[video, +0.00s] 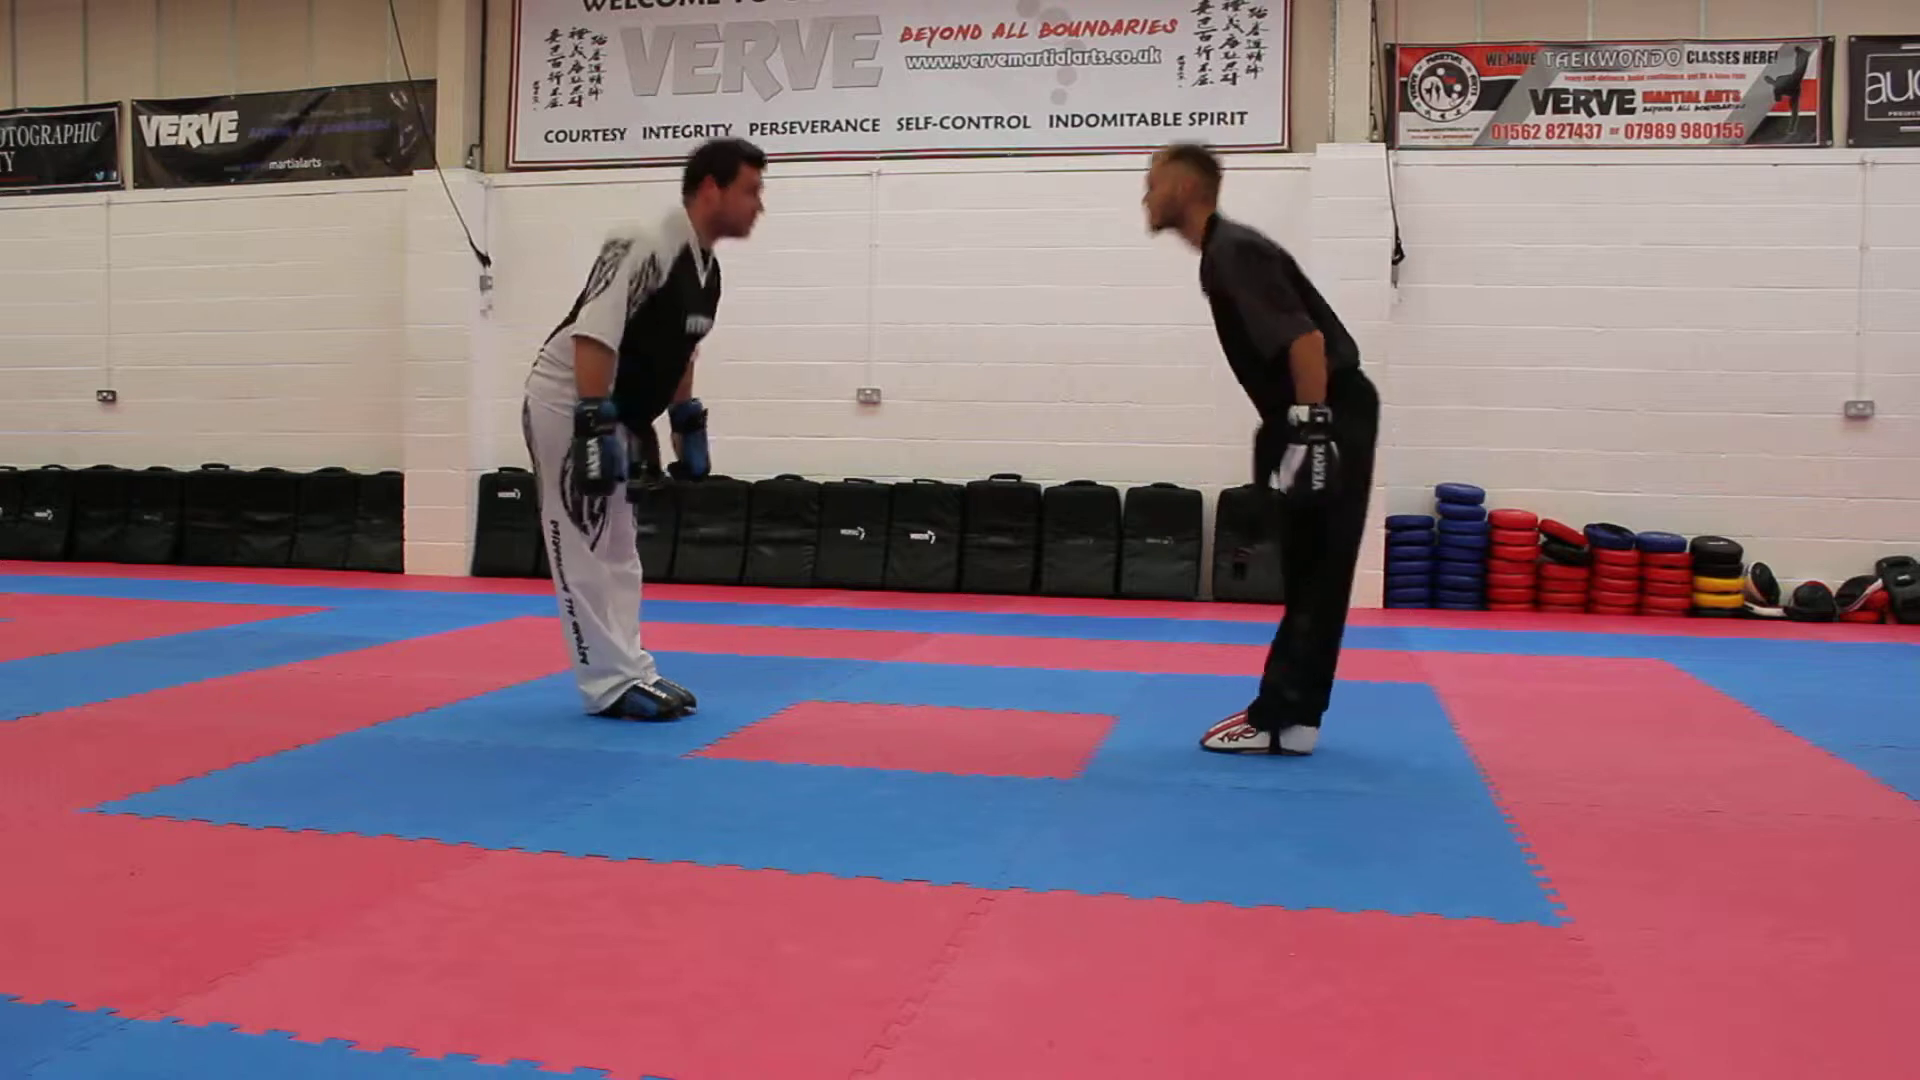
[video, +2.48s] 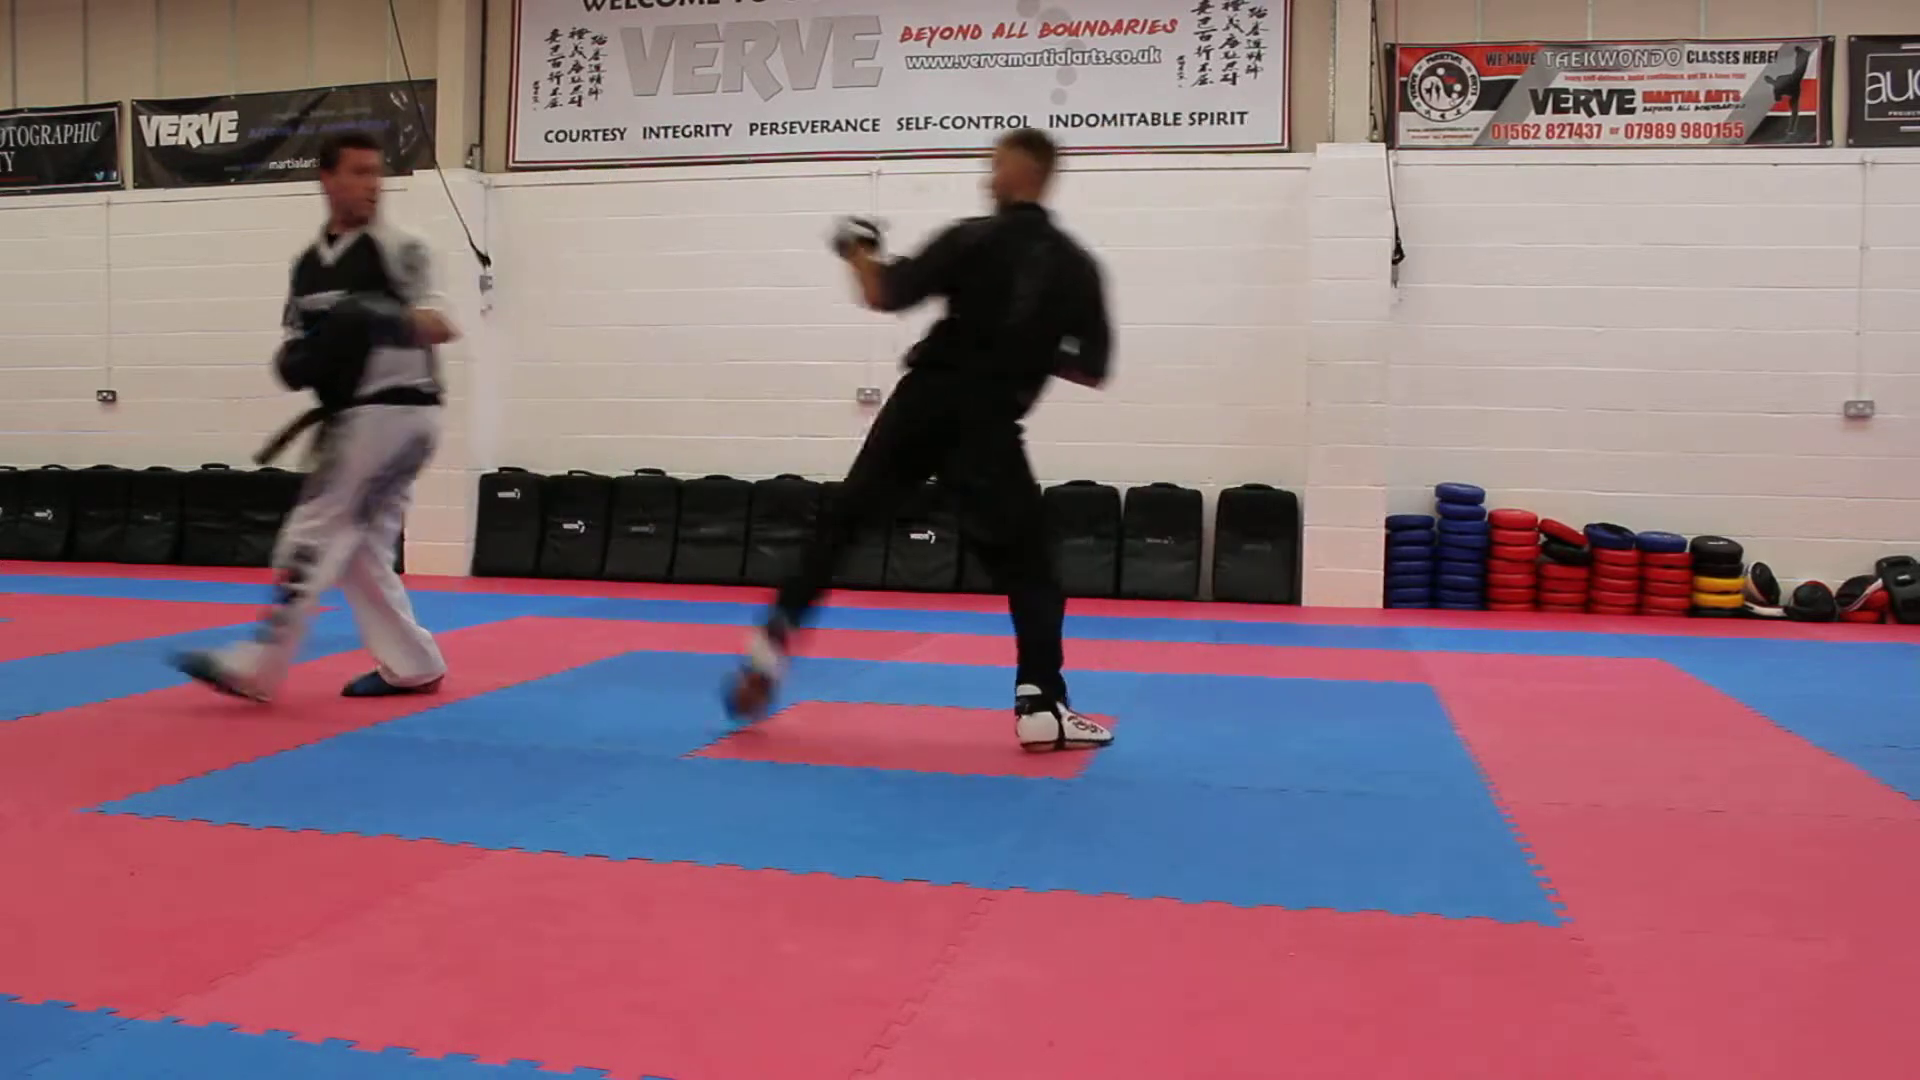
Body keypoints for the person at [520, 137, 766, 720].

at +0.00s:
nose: (760, 204)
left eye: (761, 192)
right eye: (752, 190)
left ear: (718, 192)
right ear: (711, 189)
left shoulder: (707, 270)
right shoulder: (644, 245)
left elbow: (678, 351)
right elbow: (593, 335)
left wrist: (685, 425)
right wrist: (592, 428)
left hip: (617, 410)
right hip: (565, 400)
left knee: (618, 543)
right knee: (581, 541)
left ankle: (631, 672)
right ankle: (607, 682)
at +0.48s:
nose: (754, 204)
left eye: (754, 192)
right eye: (745, 190)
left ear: (715, 195)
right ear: (704, 191)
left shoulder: (702, 272)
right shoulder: (636, 247)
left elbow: (666, 354)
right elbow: (584, 340)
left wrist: (673, 419)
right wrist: (592, 433)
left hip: (622, 412)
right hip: (568, 405)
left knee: (619, 542)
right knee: (587, 541)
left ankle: (629, 670)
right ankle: (604, 682)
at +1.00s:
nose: (660, 148)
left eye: (659, 138)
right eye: (646, 138)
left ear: (646, 152)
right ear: (606, 150)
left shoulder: (670, 247)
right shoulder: (550, 219)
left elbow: (699, 333)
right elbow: (507, 291)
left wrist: (754, 353)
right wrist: (580, 332)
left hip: (613, 416)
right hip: (540, 410)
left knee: (623, 549)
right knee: (532, 548)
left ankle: (627, 679)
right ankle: (506, 677)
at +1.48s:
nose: (605, 174)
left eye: (605, 163)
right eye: (592, 163)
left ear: (595, 171)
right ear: (549, 170)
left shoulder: (621, 258)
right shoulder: (488, 239)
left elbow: (646, 344)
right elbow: (450, 323)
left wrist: (688, 358)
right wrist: (515, 340)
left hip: (592, 423)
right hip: (504, 422)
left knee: (647, 540)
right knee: (443, 536)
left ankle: (693, 667)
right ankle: (400, 657)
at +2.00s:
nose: (593, 214)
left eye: (593, 203)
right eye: (581, 203)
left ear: (581, 208)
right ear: (539, 209)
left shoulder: (613, 294)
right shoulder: (481, 283)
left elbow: (648, 374)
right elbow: (451, 369)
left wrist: (690, 374)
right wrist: (508, 376)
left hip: (591, 460)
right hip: (506, 462)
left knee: (652, 563)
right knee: (434, 560)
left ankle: (703, 677)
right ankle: (401, 666)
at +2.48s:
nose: (372, 185)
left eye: (376, 174)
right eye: (359, 174)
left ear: (382, 180)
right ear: (327, 181)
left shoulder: (399, 248)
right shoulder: (310, 265)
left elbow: (439, 325)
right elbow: (289, 362)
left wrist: (363, 314)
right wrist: (321, 348)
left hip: (400, 412)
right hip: (352, 414)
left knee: (314, 532)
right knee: (358, 550)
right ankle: (410, 663)